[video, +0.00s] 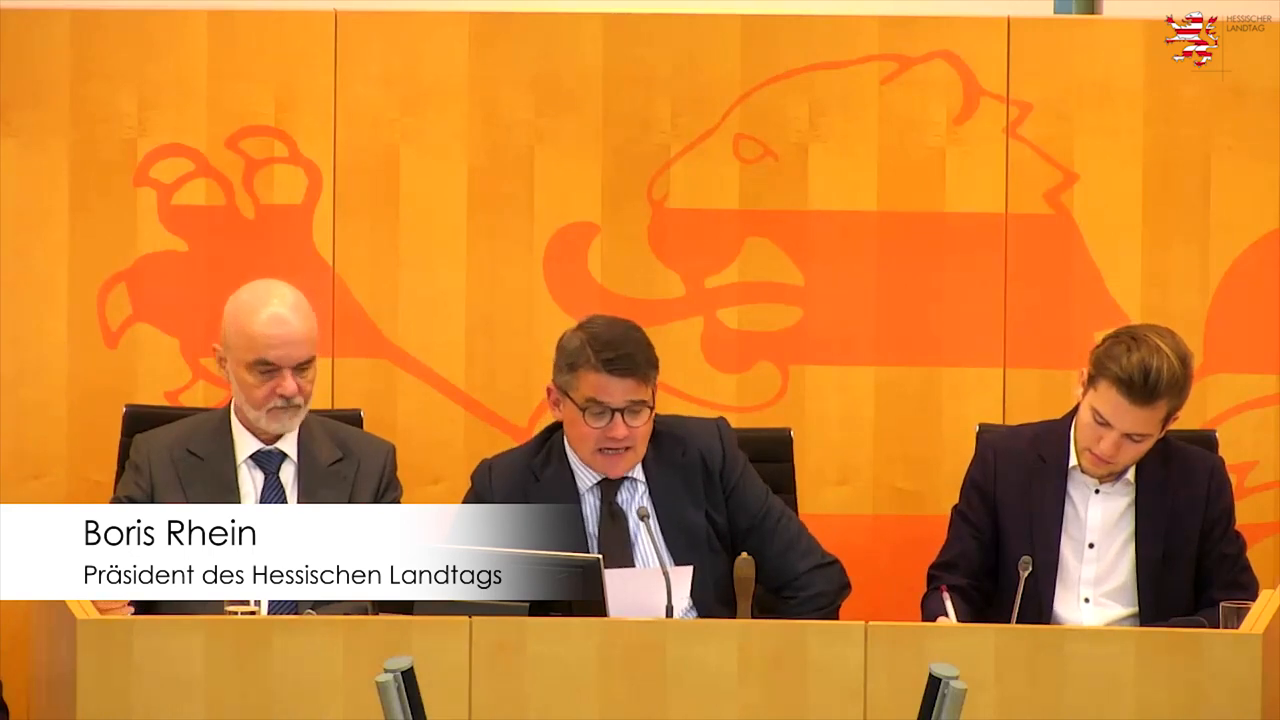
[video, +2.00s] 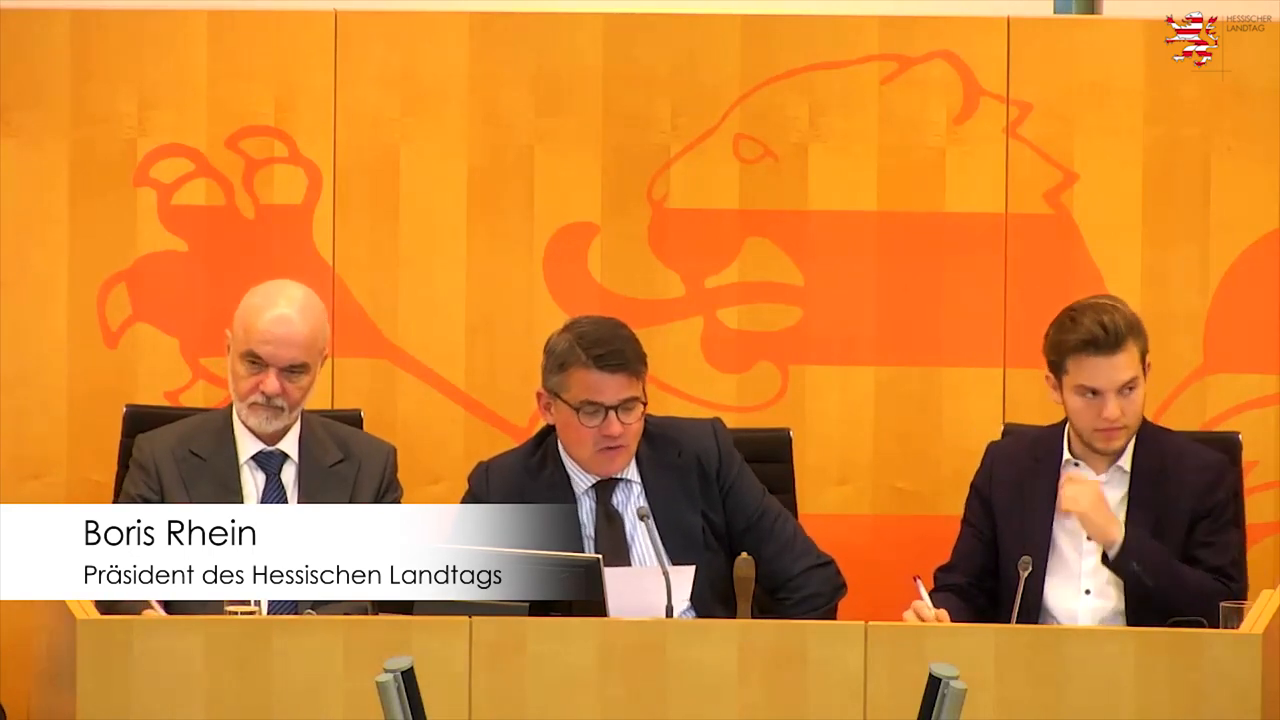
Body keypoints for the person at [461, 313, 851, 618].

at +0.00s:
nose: (618, 431)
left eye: (635, 410)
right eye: (596, 412)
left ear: (654, 396)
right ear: (556, 402)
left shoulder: (708, 454)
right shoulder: (503, 485)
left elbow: (815, 582)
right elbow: (465, 620)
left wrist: (763, 677)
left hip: (705, 676)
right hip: (564, 684)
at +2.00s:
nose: (614, 428)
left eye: (627, 406)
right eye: (590, 411)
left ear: (644, 392)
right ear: (548, 406)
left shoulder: (704, 453)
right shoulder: (499, 487)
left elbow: (811, 583)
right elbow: (465, 624)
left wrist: (763, 680)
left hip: (705, 675)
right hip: (565, 683)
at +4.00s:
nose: (619, 438)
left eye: (634, 417)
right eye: (597, 420)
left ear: (651, 399)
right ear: (554, 410)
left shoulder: (706, 458)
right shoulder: (500, 488)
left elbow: (815, 583)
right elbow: (461, 623)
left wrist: (756, 675)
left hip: (701, 678)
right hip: (561, 686)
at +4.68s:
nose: (618, 441)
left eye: (634, 419)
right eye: (597, 421)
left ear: (651, 403)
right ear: (554, 409)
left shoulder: (705, 457)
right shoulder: (499, 490)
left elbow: (815, 585)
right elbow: (444, 615)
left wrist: (754, 676)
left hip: (700, 680)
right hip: (562, 685)